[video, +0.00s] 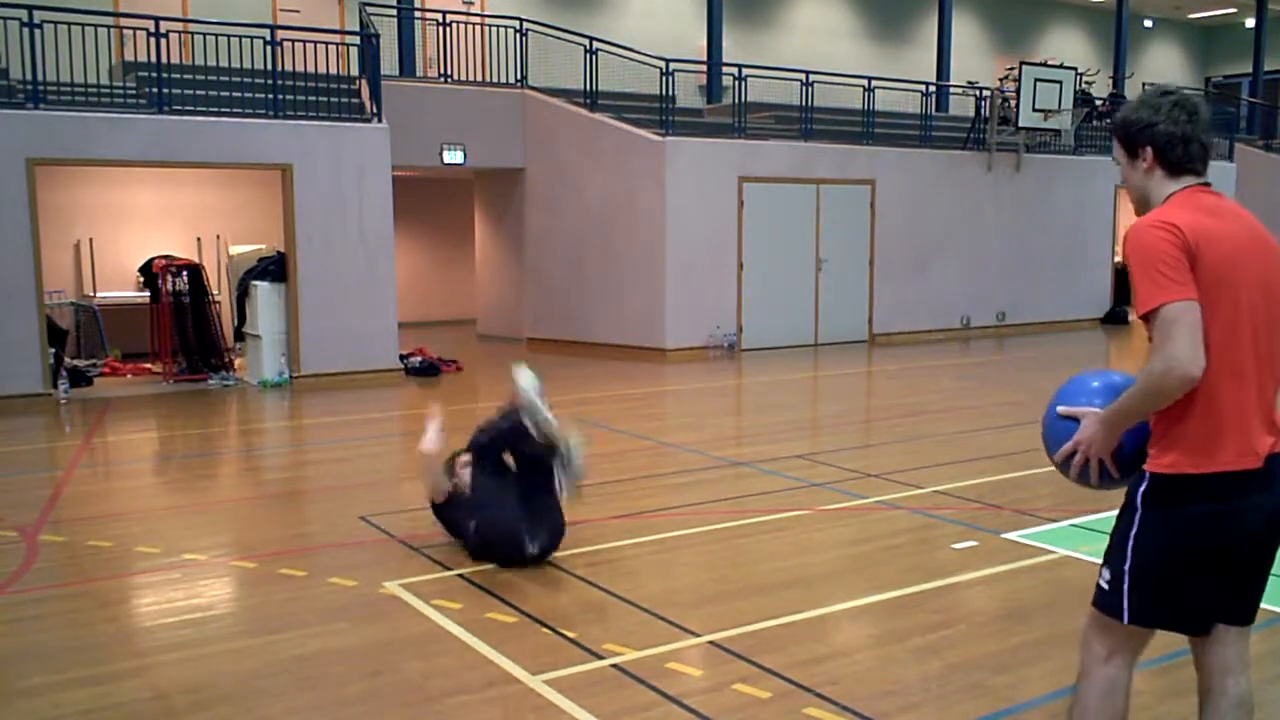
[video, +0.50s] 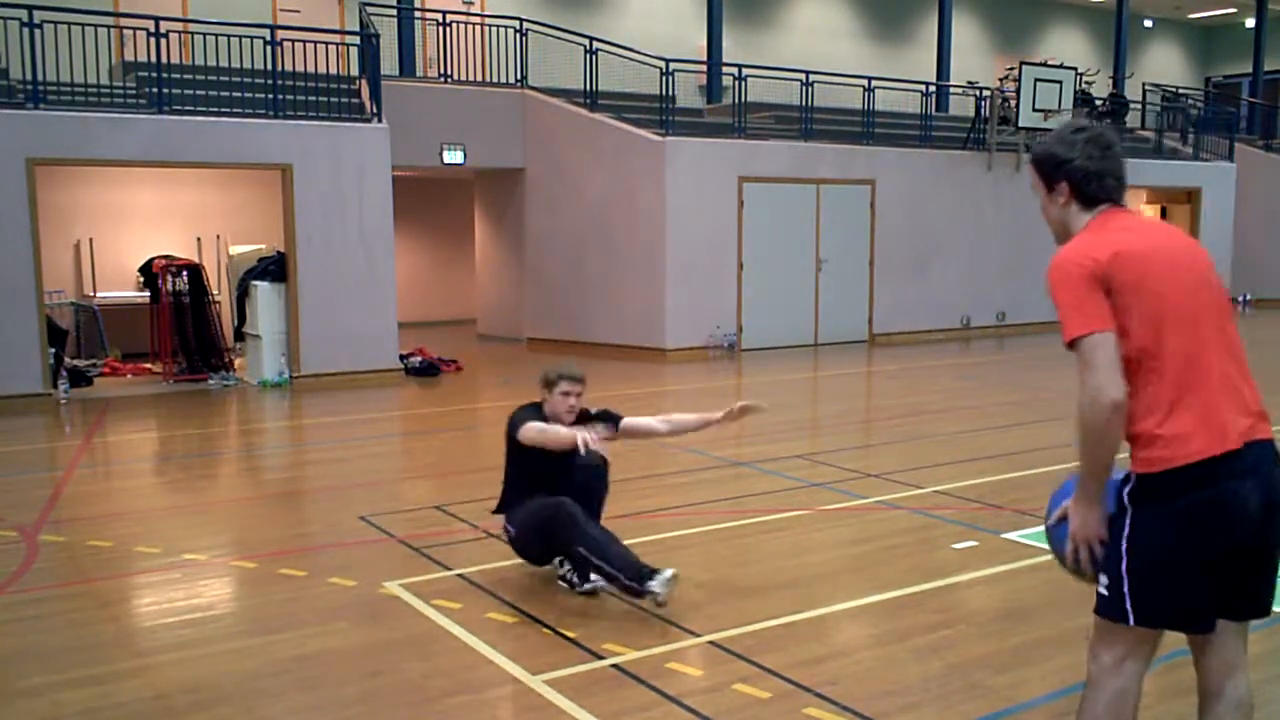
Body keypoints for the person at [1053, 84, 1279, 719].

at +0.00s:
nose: (1120, 178)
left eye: (1121, 162)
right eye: (1119, 163)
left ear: (1146, 157)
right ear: (1193, 155)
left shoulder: (1158, 230)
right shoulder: (1252, 227)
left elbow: (1180, 362)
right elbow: (1250, 361)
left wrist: (1108, 422)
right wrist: (1144, 412)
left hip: (1185, 482)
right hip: (1259, 476)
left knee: (1108, 648)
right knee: (1224, 651)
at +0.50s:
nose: (1040, 210)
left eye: (1039, 193)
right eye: (1038, 195)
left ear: (1061, 190)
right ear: (1112, 184)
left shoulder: (1078, 259)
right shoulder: (1181, 242)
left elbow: (1106, 394)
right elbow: (1200, 366)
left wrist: (1088, 497)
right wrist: (1145, 467)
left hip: (1174, 477)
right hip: (1253, 464)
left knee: (1116, 658)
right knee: (1224, 651)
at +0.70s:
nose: (1011, 214)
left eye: (1011, 198)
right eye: (1011, 199)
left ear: (1031, 197)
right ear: (1085, 191)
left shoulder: (1042, 265)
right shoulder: (1150, 246)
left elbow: (1033, 407)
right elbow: (1171, 383)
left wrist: (1006, 494)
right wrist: (1096, 475)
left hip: (1141, 476)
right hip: (1225, 464)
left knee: (1102, 660)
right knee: (1206, 653)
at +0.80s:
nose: (1008, 198)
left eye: (1008, 183)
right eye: (1008, 184)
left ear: (1027, 185)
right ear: (1079, 180)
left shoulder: (1033, 256)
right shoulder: (1138, 240)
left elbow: (999, 391)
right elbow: (1111, 381)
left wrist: (944, 439)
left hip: (1125, 474)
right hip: (1208, 461)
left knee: (1090, 655)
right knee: (1192, 646)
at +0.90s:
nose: (1007, 187)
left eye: (1008, 173)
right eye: (1007, 174)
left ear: (1025, 174)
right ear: (1078, 171)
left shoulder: (1027, 247)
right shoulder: (1135, 234)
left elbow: (980, 373)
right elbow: (1078, 363)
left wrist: (914, 373)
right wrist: (979, 378)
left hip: (1107, 470)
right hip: (1192, 460)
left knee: (1080, 656)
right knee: (1180, 641)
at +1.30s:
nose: (1010, 165)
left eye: (1010, 152)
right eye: (1010, 153)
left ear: (1027, 155)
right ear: (1085, 154)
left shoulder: (1028, 233)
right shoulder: (1136, 225)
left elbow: (1015, 368)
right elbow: (1135, 367)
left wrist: (949, 435)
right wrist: (1045, 421)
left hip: (1080, 469)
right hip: (1163, 462)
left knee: (1057, 648)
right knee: (1151, 627)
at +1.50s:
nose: (1027, 164)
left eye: (1027, 149)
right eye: (1028, 150)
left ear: (1046, 150)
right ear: (1106, 150)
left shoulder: (1050, 229)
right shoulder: (1154, 222)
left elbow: (1055, 362)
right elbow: (1168, 338)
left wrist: (1014, 471)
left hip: (1094, 476)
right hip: (1174, 466)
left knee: (1065, 647)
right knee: (1161, 635)